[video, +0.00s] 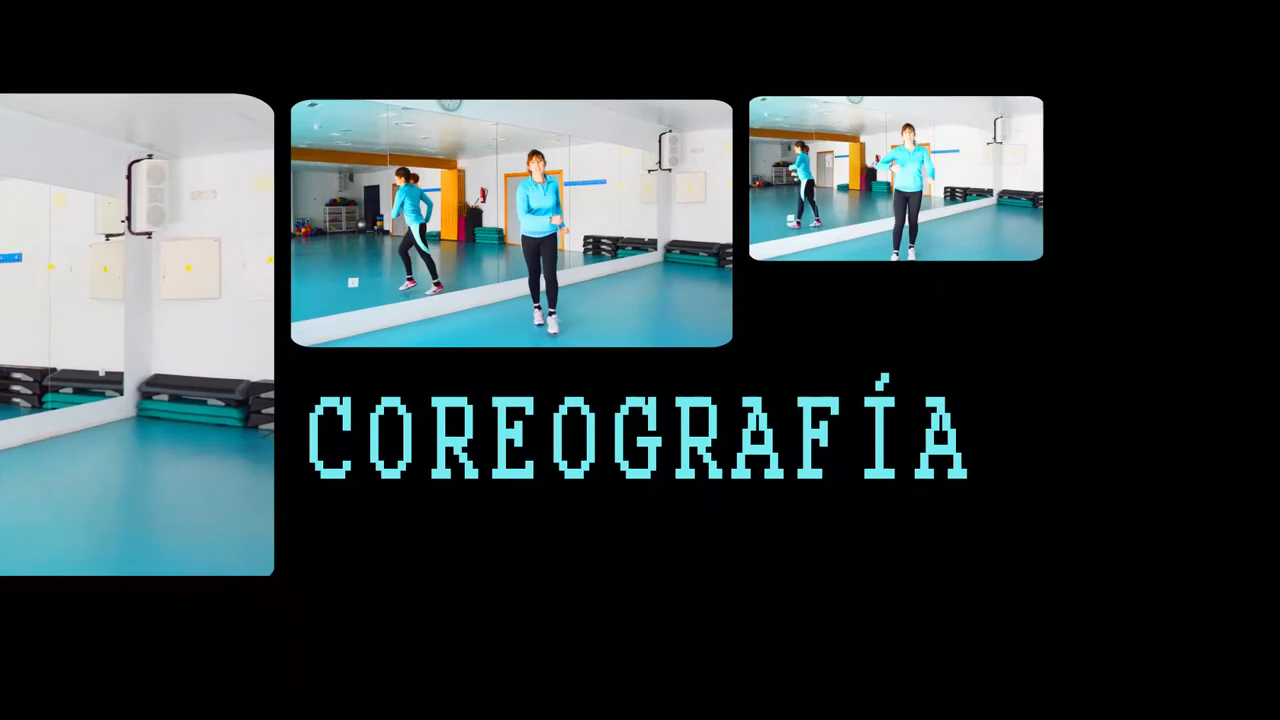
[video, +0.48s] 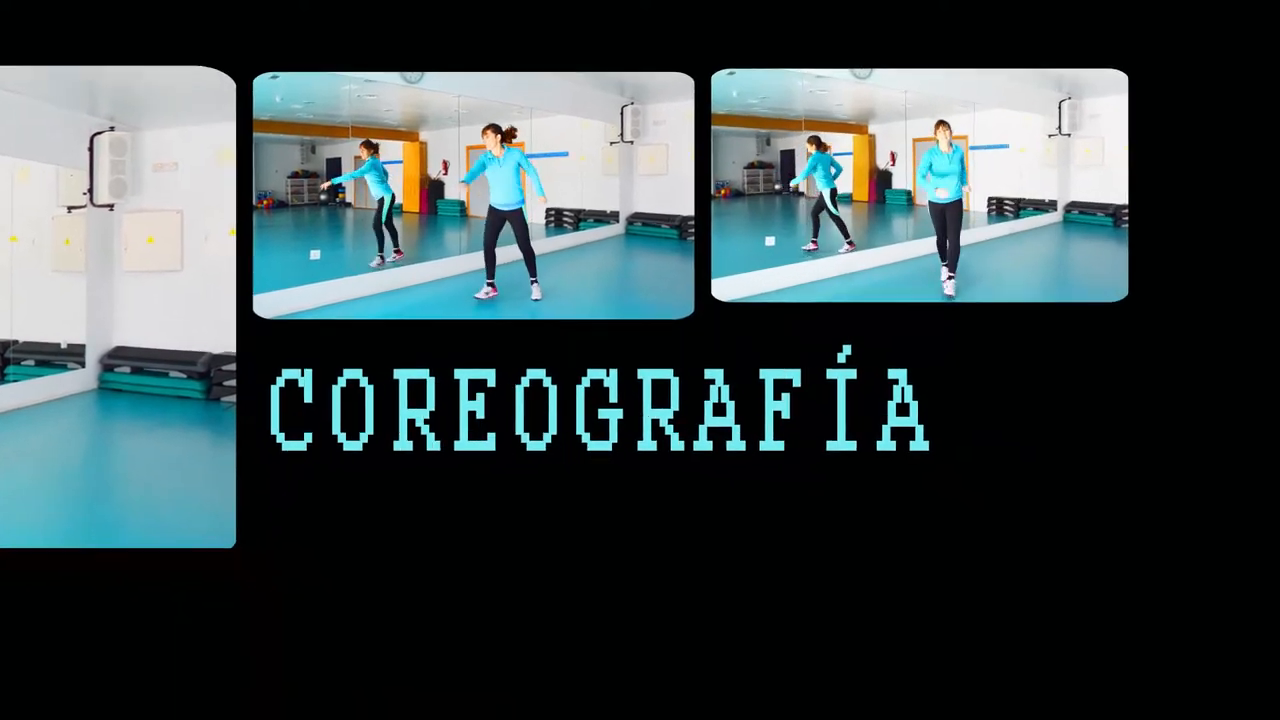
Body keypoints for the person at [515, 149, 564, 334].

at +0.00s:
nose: (537, 164)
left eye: (539, 161)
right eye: (533, 162)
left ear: (544, 163)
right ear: (528, 166)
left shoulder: (553, 184)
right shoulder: (523, 187)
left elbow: (557, 207)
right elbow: (523, 217)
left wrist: (561, 224)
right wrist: (550, 219)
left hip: (549, 235)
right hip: (529, 236)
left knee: (550, 274)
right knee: (534, 273)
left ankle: (552, 313)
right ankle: (536, 308)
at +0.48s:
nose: (485, 141)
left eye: (487, 137)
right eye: (484, 138)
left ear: (498, 137)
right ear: (486, 140)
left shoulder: (515, 154)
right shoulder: (486, 158)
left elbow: (531, 171)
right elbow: (475, 170)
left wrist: (540, 193)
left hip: (515, 208)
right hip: (495, 209)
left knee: (524, 245)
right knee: (488, 245)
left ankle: (534, 283)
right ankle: (490, 285)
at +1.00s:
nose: (452, 87)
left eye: (453, 84)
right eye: (452, 84)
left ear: (459, 85)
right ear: (467, 86)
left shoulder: (457, 104)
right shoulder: (478, 104)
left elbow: (451, 132)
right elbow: (495, 121)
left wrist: (432, 132)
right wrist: (510, 139)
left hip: (464, 158)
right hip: (483, 158)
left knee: (449, 199)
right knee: (473, 199)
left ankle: (442, 243)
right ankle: (484, 243)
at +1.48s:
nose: (472, 46)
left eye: (474, 43)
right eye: (468, 42)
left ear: (477, 46)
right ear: (460, 46)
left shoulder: (476, 68)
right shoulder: (451, 66)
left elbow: (478, 86)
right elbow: (430, 83)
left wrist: (494, 83)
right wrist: (413, 96)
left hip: (470, 123)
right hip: (453, 122)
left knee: (459, 166)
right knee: (449, 168)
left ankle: (450, 204)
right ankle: (429, 214)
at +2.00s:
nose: (468, 32)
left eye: (472, 29)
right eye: (464, 28)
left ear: (476, 32)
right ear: (458, 31)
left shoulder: (485, 48)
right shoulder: (451, 54)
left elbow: (507, 66)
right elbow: (449, 87)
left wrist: (478, 52)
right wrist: (463, 64)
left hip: (484, 107)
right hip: (460, 107)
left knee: (485, 150)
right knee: (463, 151)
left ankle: (478, 192)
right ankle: (463, 191)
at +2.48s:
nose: (474, 32)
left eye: (478, 29)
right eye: (471, 28)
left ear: (486, 32)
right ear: (467, 30)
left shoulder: (496, 47)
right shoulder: (473, 48)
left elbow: (526, 56)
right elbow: (481, 72)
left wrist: (558, 63)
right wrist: (463, 67)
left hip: (513, 99)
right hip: (492, 101)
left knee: (536, 133)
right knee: (483, 141)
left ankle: (566, 169)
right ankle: (482, 179)